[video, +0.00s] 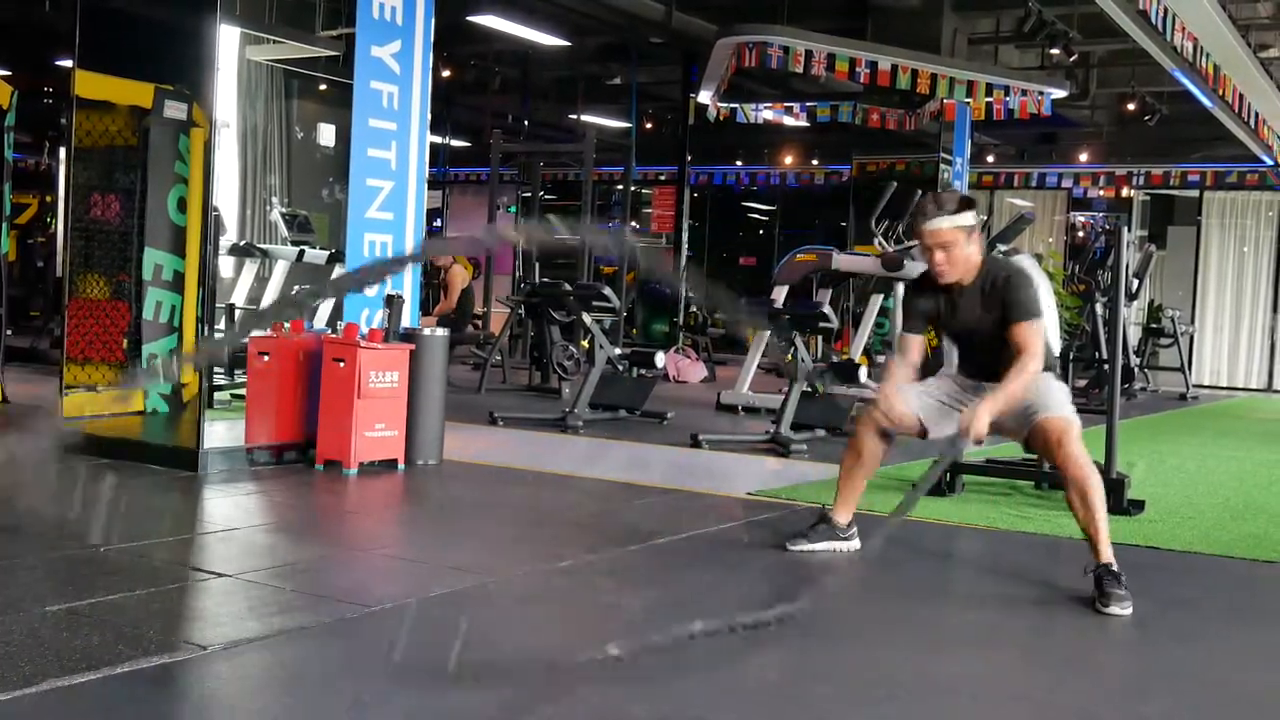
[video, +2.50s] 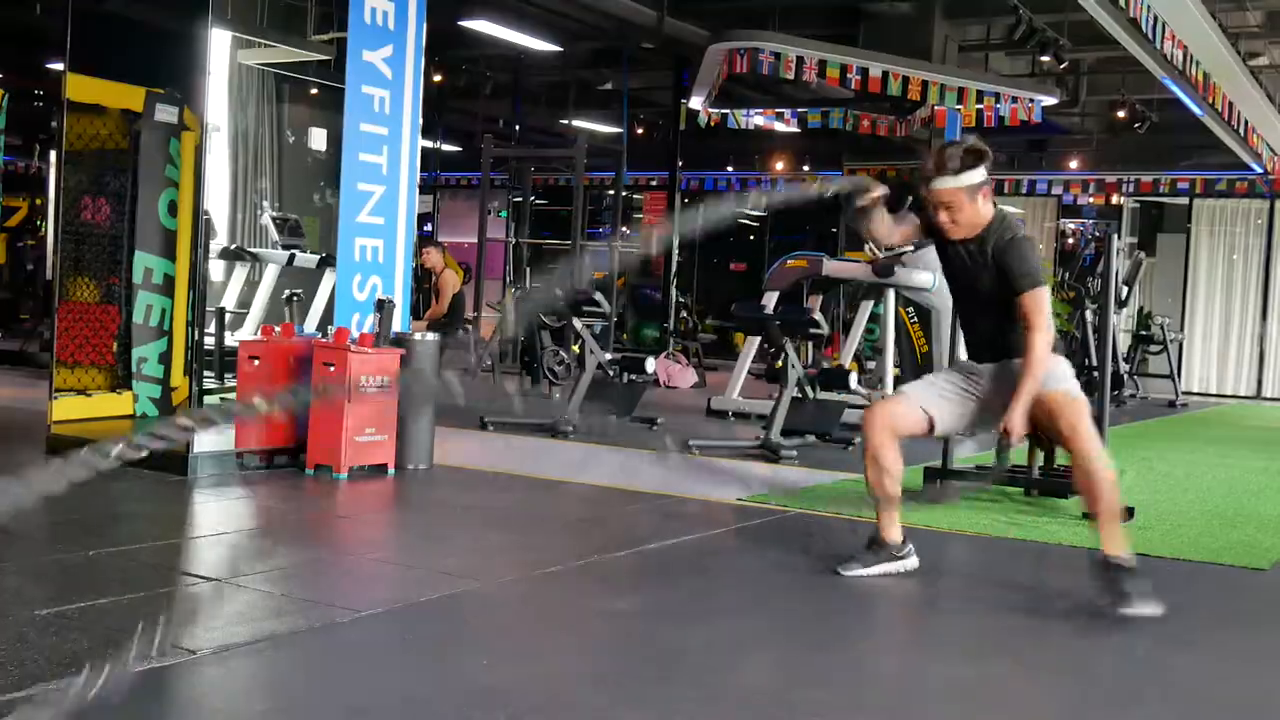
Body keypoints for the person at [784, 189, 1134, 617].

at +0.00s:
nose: (935, 261)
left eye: (945, 249)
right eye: (927, 250)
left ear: (974, 241)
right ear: (920, 248)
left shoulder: (1014, 279)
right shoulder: (923, 290)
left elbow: (1031, 359)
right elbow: (906, 358)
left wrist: (989, 407)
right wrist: (890, 391)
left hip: (1024, 387)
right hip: (961, 386)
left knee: (1065, 442)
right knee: (871, 417)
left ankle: (1107, 567)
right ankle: (839, 523)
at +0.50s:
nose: (981, 255)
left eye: (991, 243)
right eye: (973, 245)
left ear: (1022, 236)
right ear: (965, 243)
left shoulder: (1062, 276)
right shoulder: (963, 283)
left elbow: (1077, 358)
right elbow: (941, 345)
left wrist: (1033, 408)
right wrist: (917, 370)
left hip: (1068, 387)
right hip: (1003, 387)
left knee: (1114, 430)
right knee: (911, 423)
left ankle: (1102, 566)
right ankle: (872, 529)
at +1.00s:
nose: (864, 243)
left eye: (875, 233)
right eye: (857, 233)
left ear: (905, 223)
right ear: (849, 227)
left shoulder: (935, 265)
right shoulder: (844, 256)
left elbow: (941, 346)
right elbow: (810, 311)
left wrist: (903, 401)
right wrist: (802, 293)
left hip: (923, 373)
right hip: (860, 364)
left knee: (956, 424)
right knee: (771, 408)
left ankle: (932, 538)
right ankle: (699, 494)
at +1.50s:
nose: (729, 236)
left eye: (738, 227)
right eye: (723, 226)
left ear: (768, 220)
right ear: (716, 221)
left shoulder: (795, 259)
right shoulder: (712, 248)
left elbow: (803, 340)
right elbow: (677, 279)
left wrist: (770, 397)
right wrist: (673, 246)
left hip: (790, 360)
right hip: (734, 357)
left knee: (823, 408)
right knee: (654, 403)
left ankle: (823, 522)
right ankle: (623, 501)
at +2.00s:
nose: (794, 223)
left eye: (802, 215)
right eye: (791, 214)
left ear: (834, 206)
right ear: (788, 208)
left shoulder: (868, 242)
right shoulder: (792, 229)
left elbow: (883, 323)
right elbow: (742, 245)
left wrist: (850, 376)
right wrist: (731, 218)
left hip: (873, 350)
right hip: (816, 348)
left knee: (908, 399)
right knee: (735, 396)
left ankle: (889, 520)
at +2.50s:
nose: (939, 219)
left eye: (949, 208)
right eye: (935, 208)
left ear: (985, 196)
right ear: (928, 202)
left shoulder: (1012, 240)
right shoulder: (936, 223)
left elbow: (1041, 328)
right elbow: (887, 236)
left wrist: (1020, 405)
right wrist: (869, 208)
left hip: (1035, 370)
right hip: (977, 373)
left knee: (1076, 421)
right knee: (880, 419)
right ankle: (891, 544)